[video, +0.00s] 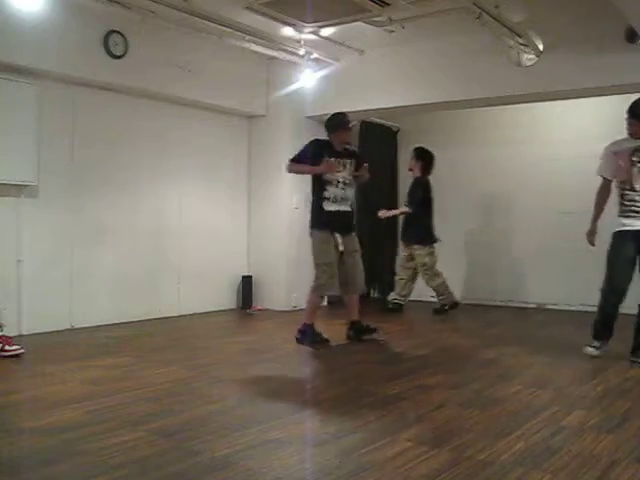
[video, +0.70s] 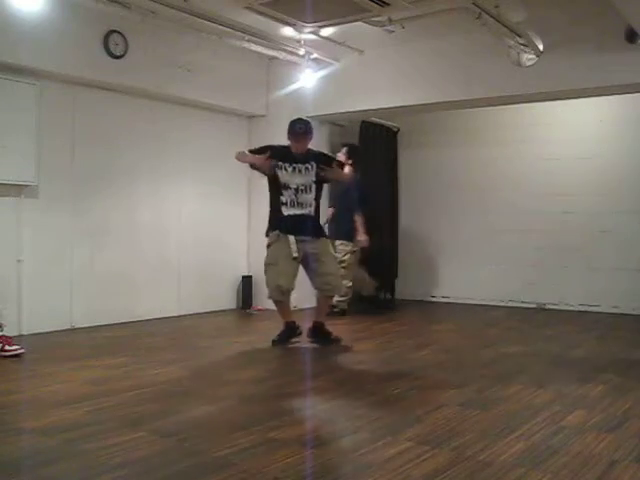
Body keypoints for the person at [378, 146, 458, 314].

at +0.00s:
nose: (409, 162)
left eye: (413, 159)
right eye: (411, 159)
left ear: (419, 163)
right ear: (422, 164)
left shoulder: (421, 184)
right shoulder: (418, 183)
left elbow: (411, 208)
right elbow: (417, 210)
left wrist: (389, 213)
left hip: (421, 237)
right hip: (410, 236)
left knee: (428, 272)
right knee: (405, 272)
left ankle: (447, 299)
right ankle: (397, 300)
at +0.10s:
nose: (398, 161)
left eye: (400, 158)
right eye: (399, 158)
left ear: (407, 161)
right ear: (412, 162)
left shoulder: (409, 182)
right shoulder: (407, 181)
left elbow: (404, 209)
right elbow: (404, 208)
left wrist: (389, 226)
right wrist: (393, 225)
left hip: (409, 234)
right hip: (402, 234)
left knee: (410, 268)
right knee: (400, 269)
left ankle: (437, 293)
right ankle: (397, 299)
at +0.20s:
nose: (387, 159)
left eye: (391, 156)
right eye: (389, 156)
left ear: (398, 161)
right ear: (398, 160)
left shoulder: (399, 181)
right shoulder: (398, 180)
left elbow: (396, 209)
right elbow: (395, 209)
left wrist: (397, 232)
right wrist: (391, 230)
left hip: (396, 234)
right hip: (395, 233)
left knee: (392, 267)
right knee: (395, 268)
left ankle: (419, 290)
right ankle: (396, 298)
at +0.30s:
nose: (377, 159)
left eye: (381, 156)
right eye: (378, 156)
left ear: (390, 160)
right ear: (383, 161)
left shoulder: (395, 180)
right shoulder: (380, 180)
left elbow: (398, 208)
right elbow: (370, 205)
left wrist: (399, 230)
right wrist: (358, 221)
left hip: (387, 231)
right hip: (379, 230)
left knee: (375, 260)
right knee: (391, 266)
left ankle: (391, 294)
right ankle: (395, 297)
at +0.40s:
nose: (367, 160)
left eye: (371, 157)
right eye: (368, 157)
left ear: (379, 161)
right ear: (372, 161)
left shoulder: (386, 181)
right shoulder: (369, 181)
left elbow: (396, 206)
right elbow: (357, 205)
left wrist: (397, 229)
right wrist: (336, 215)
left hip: (382, 230)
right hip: (372, 229)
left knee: (366, 262)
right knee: (383, 266)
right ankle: (394, 297)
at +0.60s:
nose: (347, 159)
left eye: (351, 156)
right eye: (349, 155)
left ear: (359, 161)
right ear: (356, 161)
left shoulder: (365, 181)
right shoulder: (351, 180)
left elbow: (372, 208)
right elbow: (344, 203)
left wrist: (382, 231)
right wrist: (327, 213)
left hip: (359, 233)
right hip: (355, 232)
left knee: (350, 268)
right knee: (368, 268)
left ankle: (344, 300)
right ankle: (387, 293)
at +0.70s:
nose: (337, 156)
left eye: (341, 153)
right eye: (339, 153)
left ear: (348, 158)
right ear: (346, 158)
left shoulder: (353, 179)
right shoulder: (338, 179)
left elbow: (357, 209)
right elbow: (335, 205)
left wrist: (361, 232)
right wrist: (325, 221)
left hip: (348, 235)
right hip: (336, 233)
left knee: (345, 271)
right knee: (346, 269)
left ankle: (340, 304)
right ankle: (372, 290)